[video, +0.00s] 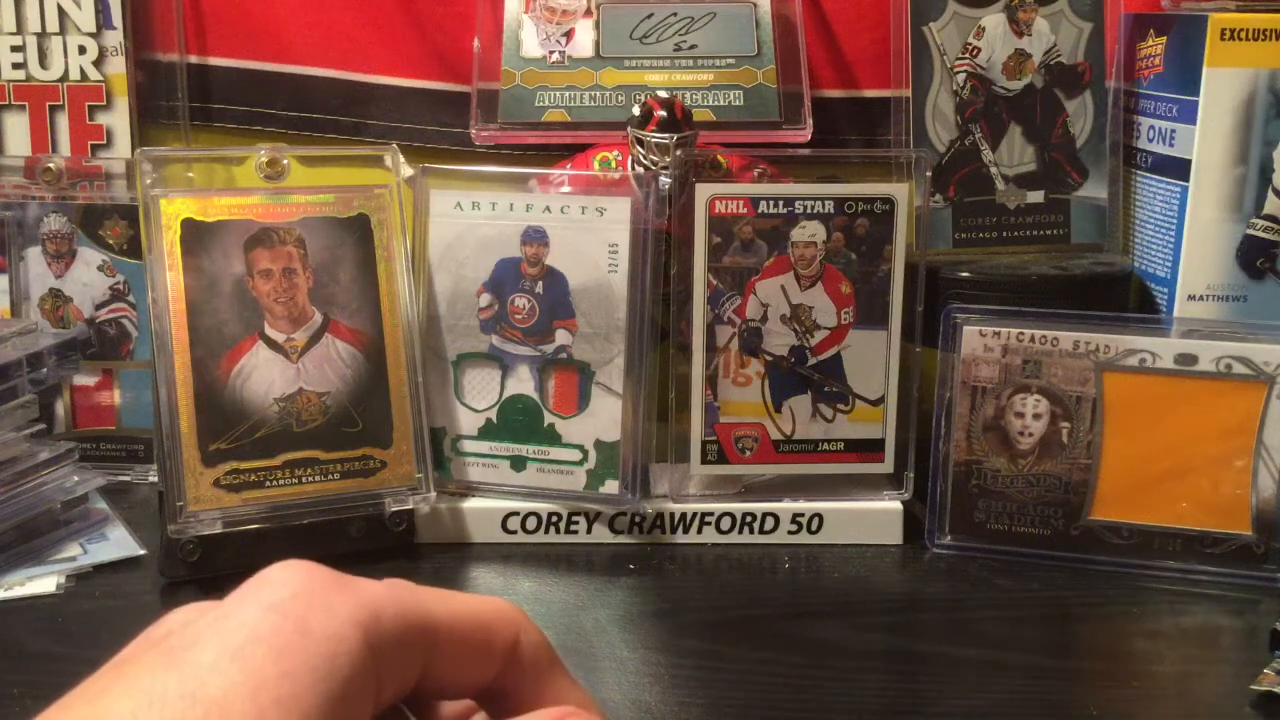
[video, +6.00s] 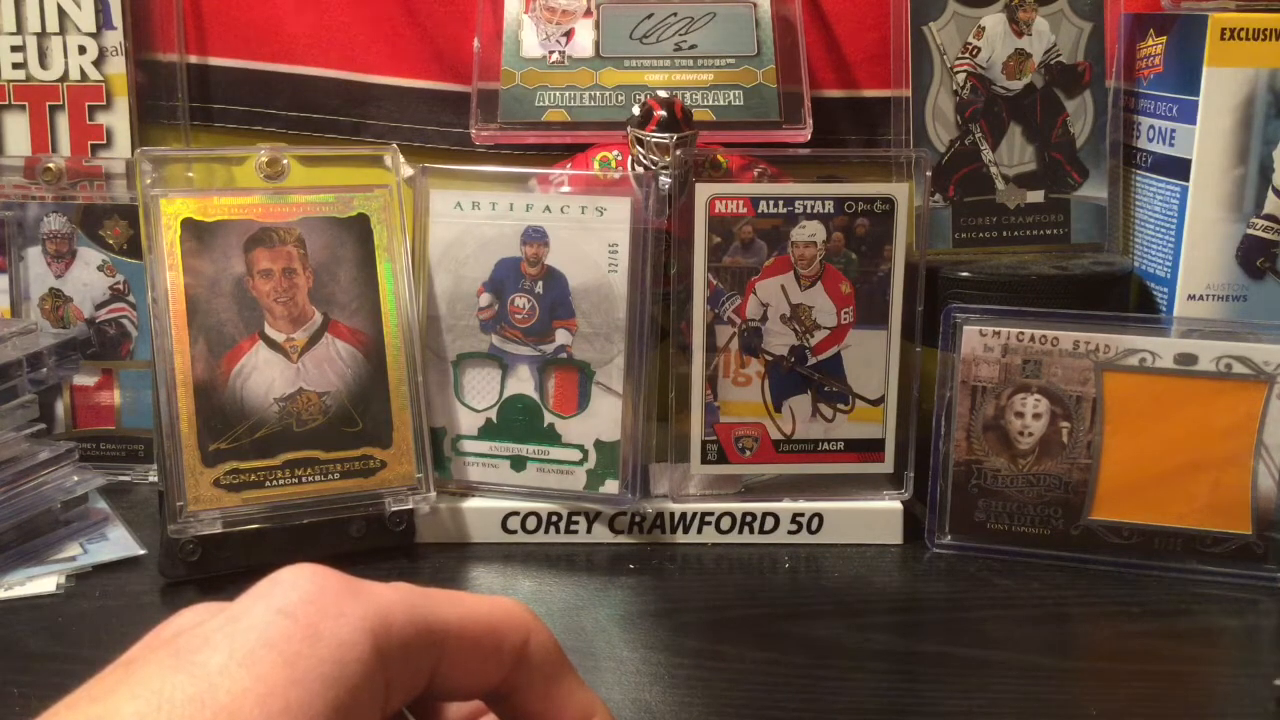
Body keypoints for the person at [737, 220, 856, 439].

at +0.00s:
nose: (801, 253)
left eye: (808, 247)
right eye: (796, 247)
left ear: (821, 250)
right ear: (790, 249)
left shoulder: (838, 285)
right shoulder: (774, 272)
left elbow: (842, 330)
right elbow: (754, 293)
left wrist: (810, 352)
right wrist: (750, 326)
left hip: (823, 351)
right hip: (779, 350)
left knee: (831, 411)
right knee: (798, 409)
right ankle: (790, 469)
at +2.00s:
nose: (801, 253)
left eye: (807, 247)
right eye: (796, 247)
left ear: (821, 249)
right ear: (790, 249)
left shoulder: (839, 285)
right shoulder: (773, 271)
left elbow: (842, 331)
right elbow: (755, 293)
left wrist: (810, 353)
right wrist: (750, 325)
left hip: (823, 353)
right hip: (780, 352)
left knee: (830, 412)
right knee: (796, 411)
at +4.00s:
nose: (801, 253)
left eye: (807, 247)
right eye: (796, 247)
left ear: (821, 249)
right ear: (790, 249)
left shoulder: (838, 285)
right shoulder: (773, 272)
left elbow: (843, 330)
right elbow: (754, 294)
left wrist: (810, 353)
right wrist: (751, 326)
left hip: (823, 354)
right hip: (780, 353)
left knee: (833, 413)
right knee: (799, 409)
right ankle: (791, 469)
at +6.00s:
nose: (801, 253)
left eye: (807, 247)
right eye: (796, 247)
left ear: (821, 249)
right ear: (790, 248)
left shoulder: (838, 285)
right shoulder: (773, 272)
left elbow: (843, 330)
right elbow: (754, 293)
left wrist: (810, 352)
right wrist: (750, 326)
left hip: (823, 354)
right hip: (781, 354)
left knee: (833, 413)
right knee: (799, 410)